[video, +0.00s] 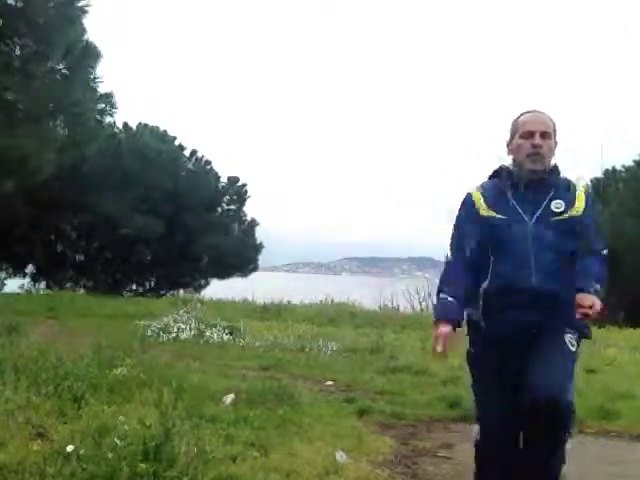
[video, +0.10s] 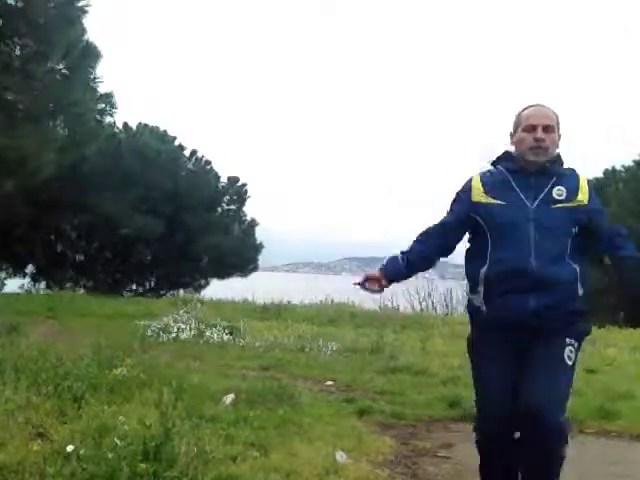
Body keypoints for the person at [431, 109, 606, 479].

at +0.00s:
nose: (537, 143)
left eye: (545, 136)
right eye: (527, 136)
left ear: (555, 145)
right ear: (510, 146)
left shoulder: (577, 198)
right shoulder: (481, 199)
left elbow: (592, 253)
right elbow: (462, 262)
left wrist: (588, 290)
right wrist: (446, 315)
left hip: (554, 327)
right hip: (494, 328)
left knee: (549, 404)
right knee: (495, 430)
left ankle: (540, 472)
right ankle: (495, 476)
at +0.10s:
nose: (539, 137)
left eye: (547, 130)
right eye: (530, 129)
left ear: (558, 138)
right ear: (514, 138)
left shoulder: (578, 189)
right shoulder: (481, 187)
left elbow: (615, 243)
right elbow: (440, 238)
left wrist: (635, 282)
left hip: (557, 327)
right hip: (493, 326)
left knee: (542, 420)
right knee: (493, 426)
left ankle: (539, 474)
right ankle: (499, 475)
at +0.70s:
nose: (540, 133)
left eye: (549, 127)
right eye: (531, 126)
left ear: (560, 136)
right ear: (516, 135)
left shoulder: (581, 192)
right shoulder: (484, 188)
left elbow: (614, 254)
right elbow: (447, 245)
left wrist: (629, 297)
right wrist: (405, 293)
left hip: (557, 332)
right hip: (496, 331)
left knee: (551, 419)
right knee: (501, 430)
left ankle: (545, 473)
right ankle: (499, 476)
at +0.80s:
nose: (542, 145)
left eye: (551, 139)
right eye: (533, 138)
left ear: (562, 148)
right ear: (518, 146)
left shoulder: (582, 202)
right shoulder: (486, 196)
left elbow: (622, 251)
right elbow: (441, 243)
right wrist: (385, 272)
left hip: (555, 337)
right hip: (494, 335)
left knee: (544, 431)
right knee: (487, 420)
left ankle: (544, 476)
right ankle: (525, 472)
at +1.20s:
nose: (538, 158)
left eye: (547, 153)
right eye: (529, 152)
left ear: (559, 163)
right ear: (513, 162)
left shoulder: (575, 202)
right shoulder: (488, 209)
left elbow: (568, 247)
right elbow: (497, 277)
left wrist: (502, 257)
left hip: (554, 331)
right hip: (496, 333)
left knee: (558, 404)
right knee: (502, 444)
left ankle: (540, 470)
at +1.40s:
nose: (543, 135)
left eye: (552, 129)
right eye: (534, 128)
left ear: (564, 140)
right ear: (518, 137)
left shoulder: (586, 193)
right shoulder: (485, 188)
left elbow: (623, 244)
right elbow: (440, 237)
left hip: (561, 331)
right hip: (497, 331)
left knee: (549, 429)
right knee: (497, 430)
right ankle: (509, 476)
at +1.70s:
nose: (542, 134)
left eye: (552, 127)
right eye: (533, 126)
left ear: (564, 136)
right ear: (519, 134)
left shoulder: (577, 169)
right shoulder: (496, 174)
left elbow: (563, 206)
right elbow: (520, 241)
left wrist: (469, 225)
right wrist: (590, 242)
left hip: (555, 319)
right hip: (495, 317)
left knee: (544, 425)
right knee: (496, 412)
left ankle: (536, 474)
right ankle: (499, 474)